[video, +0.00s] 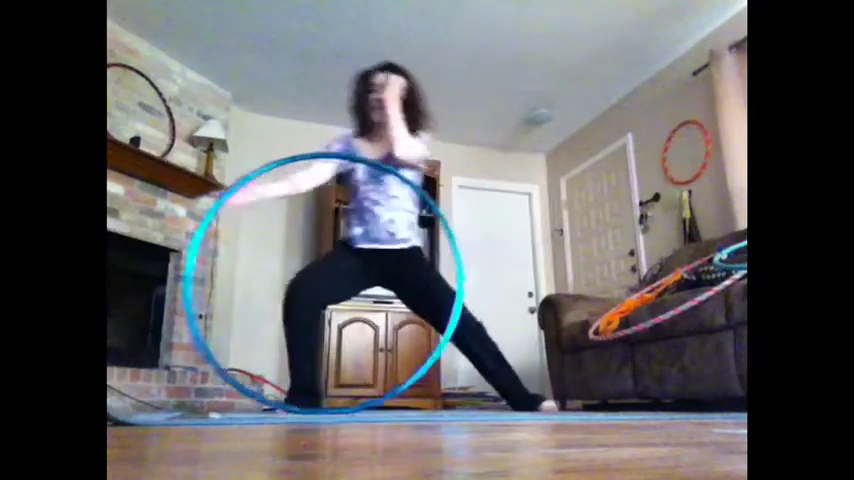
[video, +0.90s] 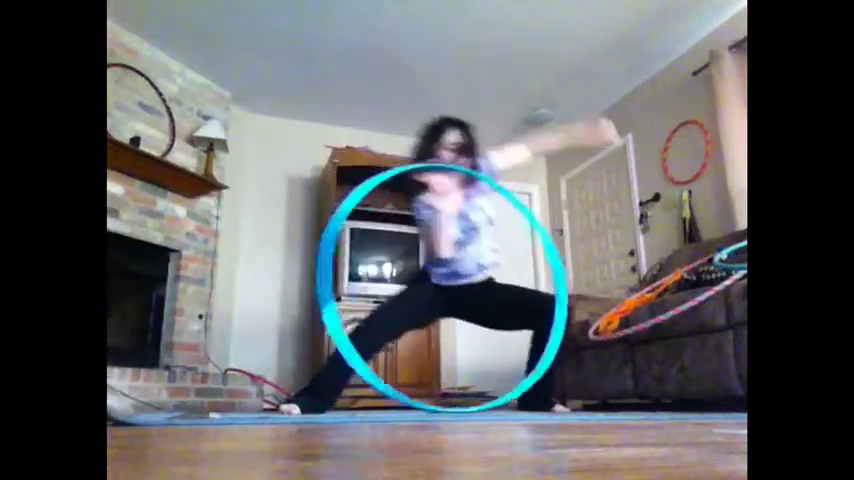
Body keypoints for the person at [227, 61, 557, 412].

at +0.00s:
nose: (382, 99)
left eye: (392, 92)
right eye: (375, 92)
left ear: (407, 101)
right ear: (364, 100)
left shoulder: (417, 143)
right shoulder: (347, 145)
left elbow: (403, 151)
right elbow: (296, 180)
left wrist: (394, 103)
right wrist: (233, 197)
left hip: (405, 259)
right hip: (354, 256)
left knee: (463, 325)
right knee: (302, 293)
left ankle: (525, 402)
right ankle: (303, 398)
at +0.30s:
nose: (334, 107)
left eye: (343, 100)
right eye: (325, 100)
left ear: (356, 105)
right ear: (313, 108)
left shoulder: (375, 134)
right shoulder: (309, 161)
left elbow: (409, 92)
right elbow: (284, 213)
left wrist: (358, 77)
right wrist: (226, 219)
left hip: (403, 253)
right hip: (352, 259)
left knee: (465, 325)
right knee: (300, 296)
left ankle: (523, 403)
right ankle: (304, 399)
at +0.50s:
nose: (354, 127)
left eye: (360, 118)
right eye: (344, 120)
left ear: (369, 119)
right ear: (327, 127)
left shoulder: (384, 137)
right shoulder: (325, 180)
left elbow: (413, 82)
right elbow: (315, 235)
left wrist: (395, 55)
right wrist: (266, 216)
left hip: (415, 262)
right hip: (367, 268)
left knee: (488, 317)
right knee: (320, 299)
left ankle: (526, 402)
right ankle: (305, 398)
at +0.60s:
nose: (380, 138)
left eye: (383, 129)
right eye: (369, 132)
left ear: (390, 129)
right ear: (349, 140)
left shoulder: (403, 146)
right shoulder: (350, 192)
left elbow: (432, 91)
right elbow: (346, 243)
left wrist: (454, 40)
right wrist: (308, 210)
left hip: (432, 270)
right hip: (383, 276)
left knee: (507, 314)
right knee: (333, 305)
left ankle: (530, 402)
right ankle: (304, 401)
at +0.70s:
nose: (396, 142)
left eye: (402, 134)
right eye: (386, 136)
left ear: (411, 136)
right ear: (370, 142)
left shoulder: (425, 153)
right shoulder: (369, 194)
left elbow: (457, 101)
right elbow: (374, 245)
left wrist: (491, 55)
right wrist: (343, 205)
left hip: (445, 275)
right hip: (396, 279)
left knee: (520, 313)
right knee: (347, 306)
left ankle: (532, 402)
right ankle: (306, 400)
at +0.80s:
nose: (421, 149)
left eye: (427, 141)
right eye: (412, 141)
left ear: (435, 143)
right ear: (394, 147)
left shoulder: (448, 156)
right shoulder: (386, 189)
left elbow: (490, 112)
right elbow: (403, 248)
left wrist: (535, 75)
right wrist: (382, 199)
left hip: (459, 282)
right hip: (409, 283)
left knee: (534, 312)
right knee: (360, 314)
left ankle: (536, 404)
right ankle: (306, 400)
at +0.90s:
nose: (451, 154)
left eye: (460, 149)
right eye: (443, 148)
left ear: (469, 154)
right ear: (428, 154)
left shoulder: (481, 174)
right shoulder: (427, 198)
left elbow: (531, 146)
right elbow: (439, 253)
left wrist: (584, 133)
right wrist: (447, 207)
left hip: (478, 291)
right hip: (431, 291)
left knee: (549, 310)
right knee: (370, 334)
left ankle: (537, 401)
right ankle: (307, 404)